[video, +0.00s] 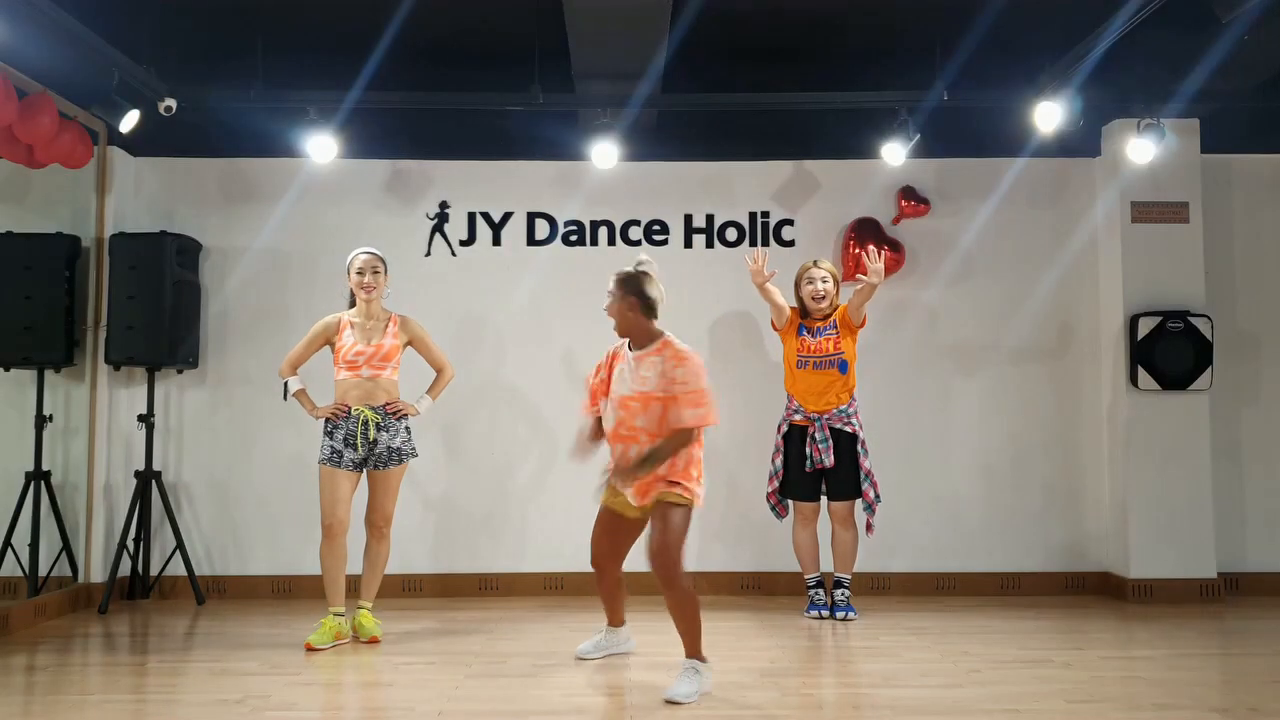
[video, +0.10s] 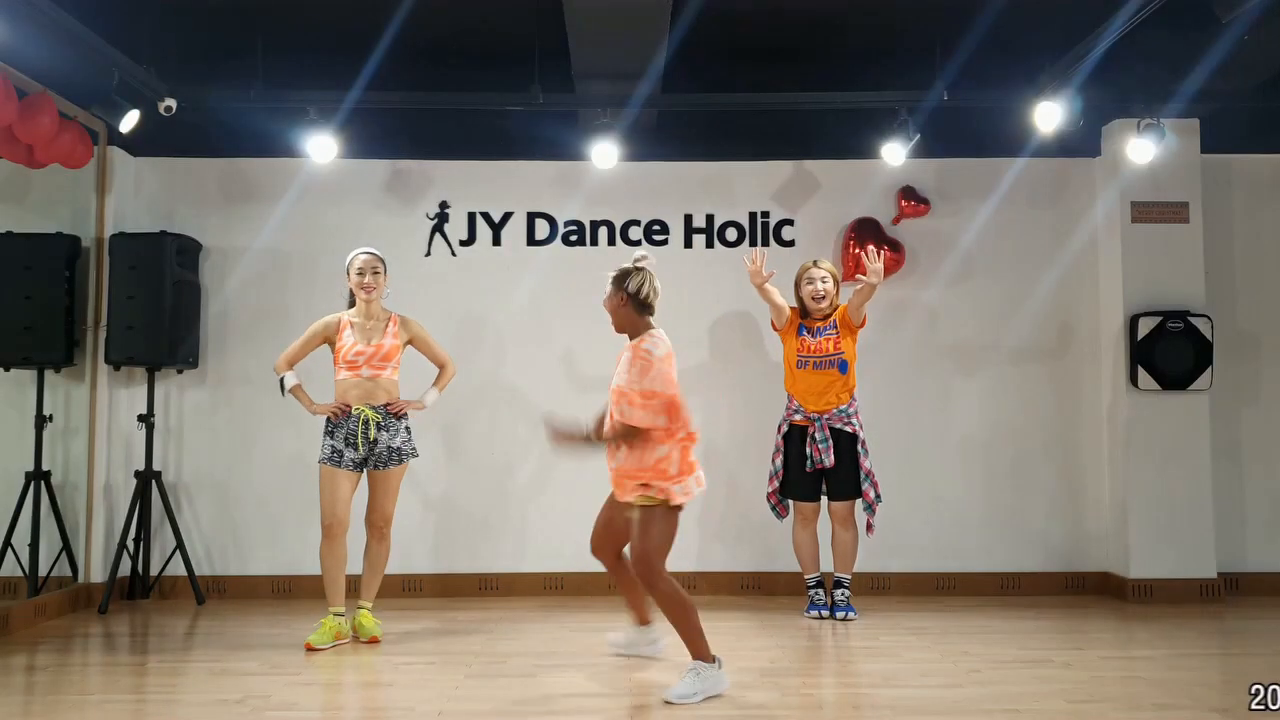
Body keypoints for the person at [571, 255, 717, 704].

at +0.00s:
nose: (607, 308)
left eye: (612, 300)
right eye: (608, 300)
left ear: (634, 305)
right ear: (631, 305)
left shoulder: (680, 360)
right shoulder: (614, 360)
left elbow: (687, 430)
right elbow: (601, 415)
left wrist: (639, 465)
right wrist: (590, 438)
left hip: (673, 475)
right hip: (627, 476)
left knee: (664, 561)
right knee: (603, 557)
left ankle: (695, 663)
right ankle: (617, 632)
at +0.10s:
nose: (606, 305)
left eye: (610, 298)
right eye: (608, 298)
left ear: (625, 301)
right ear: (635, 302)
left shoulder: (650, 352)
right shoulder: (636, 347)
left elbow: (644, 425)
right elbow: (627, 411)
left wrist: (596, 436)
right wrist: (596, 428)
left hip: (661, 481)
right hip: (635, 479)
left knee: (648, 567)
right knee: (604, 547)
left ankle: (707, 666)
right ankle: (646, 630)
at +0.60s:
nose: (540, 302)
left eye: (543, 297)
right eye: (541, 297)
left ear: (551, 305)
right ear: (579, 305)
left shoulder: (541, 343)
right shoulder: (595, 338)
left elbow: (481, 317)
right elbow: (563, 314)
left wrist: (482, 276)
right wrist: (544, 283)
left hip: (575, 470)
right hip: (622, 465)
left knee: (524, 559)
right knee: (627, 554)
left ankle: (496, 645)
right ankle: (671, 637)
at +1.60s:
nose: (688, 295)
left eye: (686, 289)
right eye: (685, 290)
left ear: (650, 296)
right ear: (679, 293)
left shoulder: (635, 333)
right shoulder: (691, 328)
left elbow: (682, 337)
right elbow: (744, 332)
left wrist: (713, 310)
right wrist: (732, 293)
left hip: (625, 441)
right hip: (658, 443)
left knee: (654, 526)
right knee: (671, 535)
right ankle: (656, 627)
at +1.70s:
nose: (695, 285)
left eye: (694, 279)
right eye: (687, 280)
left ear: (680, 286)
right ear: (665, 289)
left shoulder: (665, 323)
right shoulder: (679, 322)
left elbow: (717, 331)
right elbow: (740, 330)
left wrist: (725, 303)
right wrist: (731, 296)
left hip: (671, 443)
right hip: (655, 442)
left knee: (706, 521)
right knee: (675, 536)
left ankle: (686, 597)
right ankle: (657, 627)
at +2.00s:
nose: (710, 291)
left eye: (717, 283)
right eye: (700, 285)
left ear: (727, 291)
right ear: (687, 294)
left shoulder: (739, 344)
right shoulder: (676, 338)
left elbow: (744, 404)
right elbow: (681, 395)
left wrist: (754, 449)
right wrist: (724, 426)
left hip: (729, 461)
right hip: (681, 459)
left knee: (743, 543)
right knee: (680, 547)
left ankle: (753, 640)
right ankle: (662, 609)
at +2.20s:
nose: (727, 299)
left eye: (735, 291)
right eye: (718, 292)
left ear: (747, 300)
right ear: (705, 301)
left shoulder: (764, 358)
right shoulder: (682, 351)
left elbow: (798, 418)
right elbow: (653, 410)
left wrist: (814, 478)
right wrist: (638, 467)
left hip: (743, 467)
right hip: (687, 464)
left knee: (763, 548)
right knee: (688, 561)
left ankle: (757, 644)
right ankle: (711, 584)